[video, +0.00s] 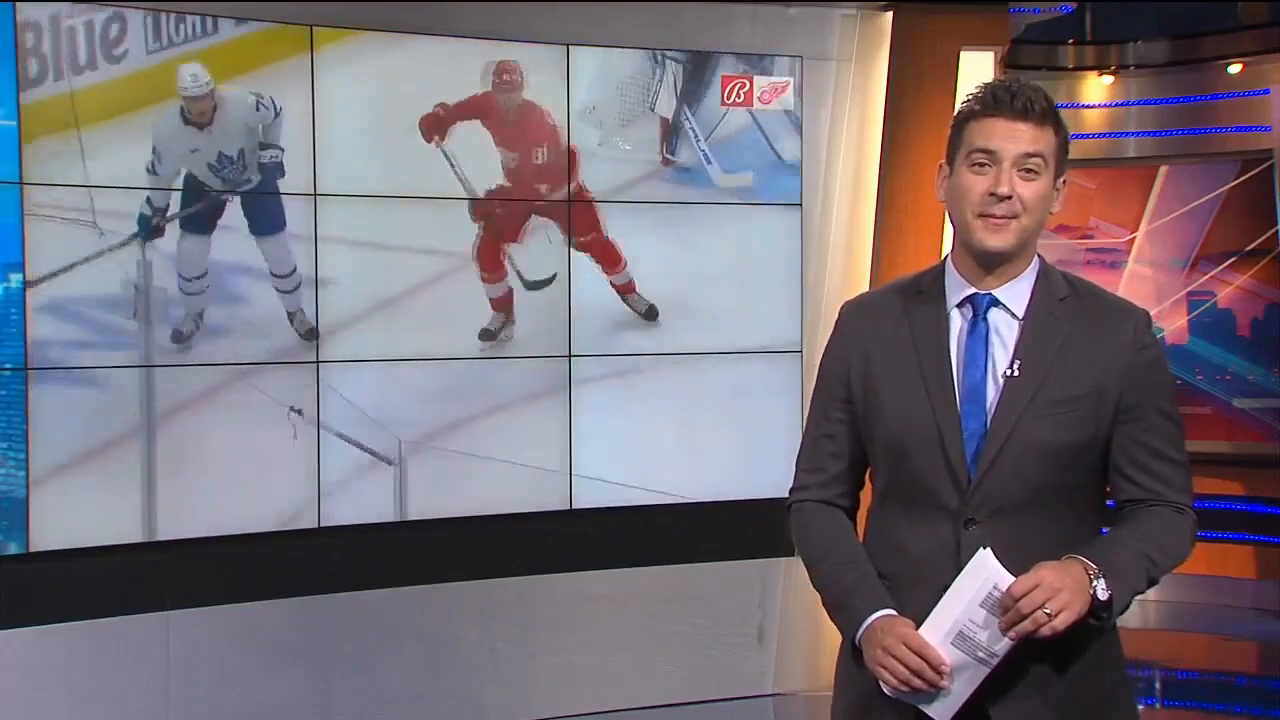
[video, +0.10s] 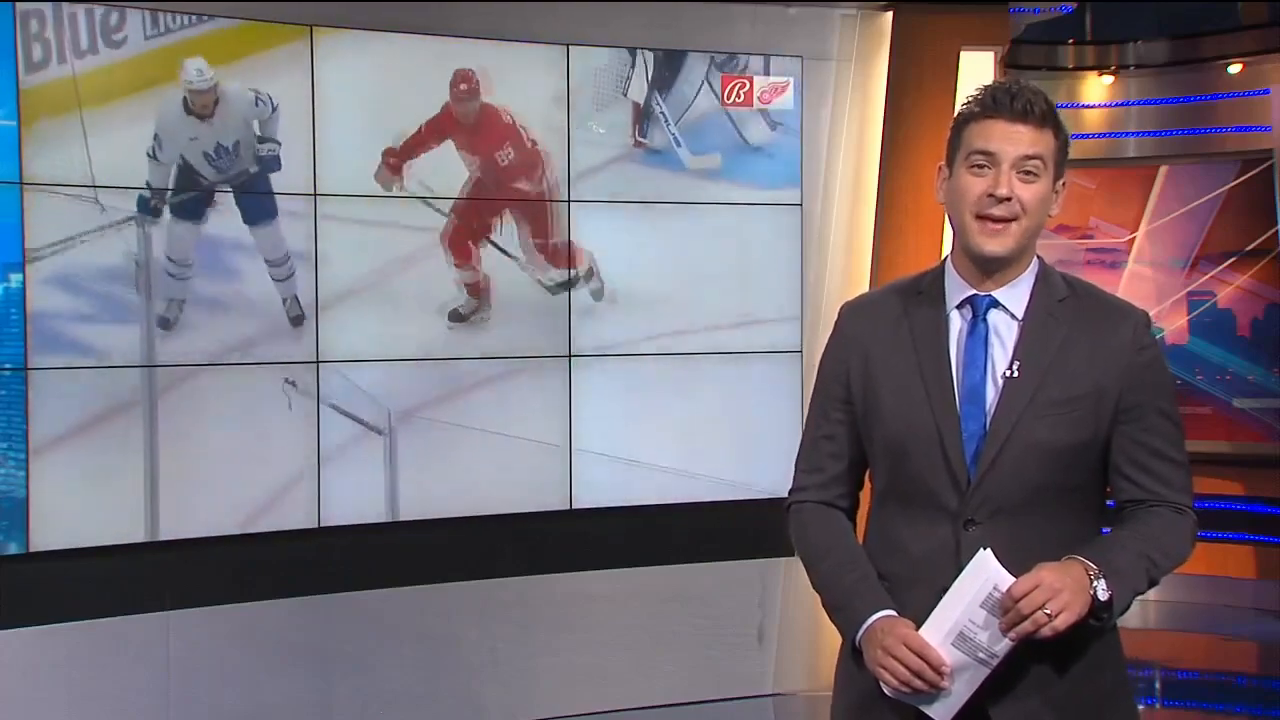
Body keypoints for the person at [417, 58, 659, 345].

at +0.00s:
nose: (506, 100)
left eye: (512, 94)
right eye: (500, 94)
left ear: (522, 91)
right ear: (492, 92)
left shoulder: (536, 118)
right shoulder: (488, 106)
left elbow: (537, 180)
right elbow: (459, 111)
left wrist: (498, 201)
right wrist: (439, 120)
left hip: (560, 191)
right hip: (519, 191)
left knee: (596, 242)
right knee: (486, 250)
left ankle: (631, 294)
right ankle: (503, 316)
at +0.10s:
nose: (465, 107)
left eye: (470, 100)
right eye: (459, 101)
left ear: (480, 98)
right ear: (451, 101)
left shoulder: (497, 122)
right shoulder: (447, 120)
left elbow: (523, 169)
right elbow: (420, 141)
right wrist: (391, 163)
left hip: (529, 182)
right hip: (487, 182)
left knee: (545, 255)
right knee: (456, 239)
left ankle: (586, 265)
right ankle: (477, 300)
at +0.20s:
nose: (445, 123)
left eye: (450, 116)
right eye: (440, 117)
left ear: (460, 113)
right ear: (433, 114)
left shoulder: (480, 132)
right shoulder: (428, 128)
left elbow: (505, 184)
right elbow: (406, 155)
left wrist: (497, 239)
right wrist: (391, 190)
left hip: (505, 182)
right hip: (464, 179)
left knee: (500, 257)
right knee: (433, 234)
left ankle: (516, 262)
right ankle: (442, 283)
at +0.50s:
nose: (457, 180)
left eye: (463, 175)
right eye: (453, 174)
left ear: (473, 172)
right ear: (447, 167)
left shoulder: (477, 190)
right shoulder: (429, 173)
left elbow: (472, 249)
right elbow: (407, 219)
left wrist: (441, 279)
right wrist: (419, 262)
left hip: (453, 226)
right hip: (417, 217)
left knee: (452, 271)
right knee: (379, 251)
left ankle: (429, 327)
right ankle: (346, 302)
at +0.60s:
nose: (464, 180)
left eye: (470, 175)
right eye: (461, 174)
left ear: (478, 172)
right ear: (453, 167)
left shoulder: (477, 199)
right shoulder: (434, 169)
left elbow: (459, 248)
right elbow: (413, 216)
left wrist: (436, 284)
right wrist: (423, 258)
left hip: (447, 220)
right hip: (413, 206)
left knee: (454, 271)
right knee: (392, 257)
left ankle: (423, 324)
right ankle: (351, 316)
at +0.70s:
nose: (491, 158)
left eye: (497, 154)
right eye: (488, 150)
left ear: (504, 154)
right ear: (480, 145)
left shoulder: (500, 182)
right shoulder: (457, 150)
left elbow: (479, 225)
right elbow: (420, 182)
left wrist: (443, 264)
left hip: (458, 217)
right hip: (422, 202)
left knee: (479, 255)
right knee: (398, 253)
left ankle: (435, 319)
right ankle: (354, 308)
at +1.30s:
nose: (613, 88)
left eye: (617, 83)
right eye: (611, 81)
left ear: (617, 81)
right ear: (596, 73)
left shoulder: (598, 108)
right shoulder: (563, 72)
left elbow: (570, 142)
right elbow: (519, 53)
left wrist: (574, 166)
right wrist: (515, 91)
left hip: (548, 146)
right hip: (512, 134)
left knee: (577, 179)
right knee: (522, 211)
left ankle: (549, 244)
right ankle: (502, 296)